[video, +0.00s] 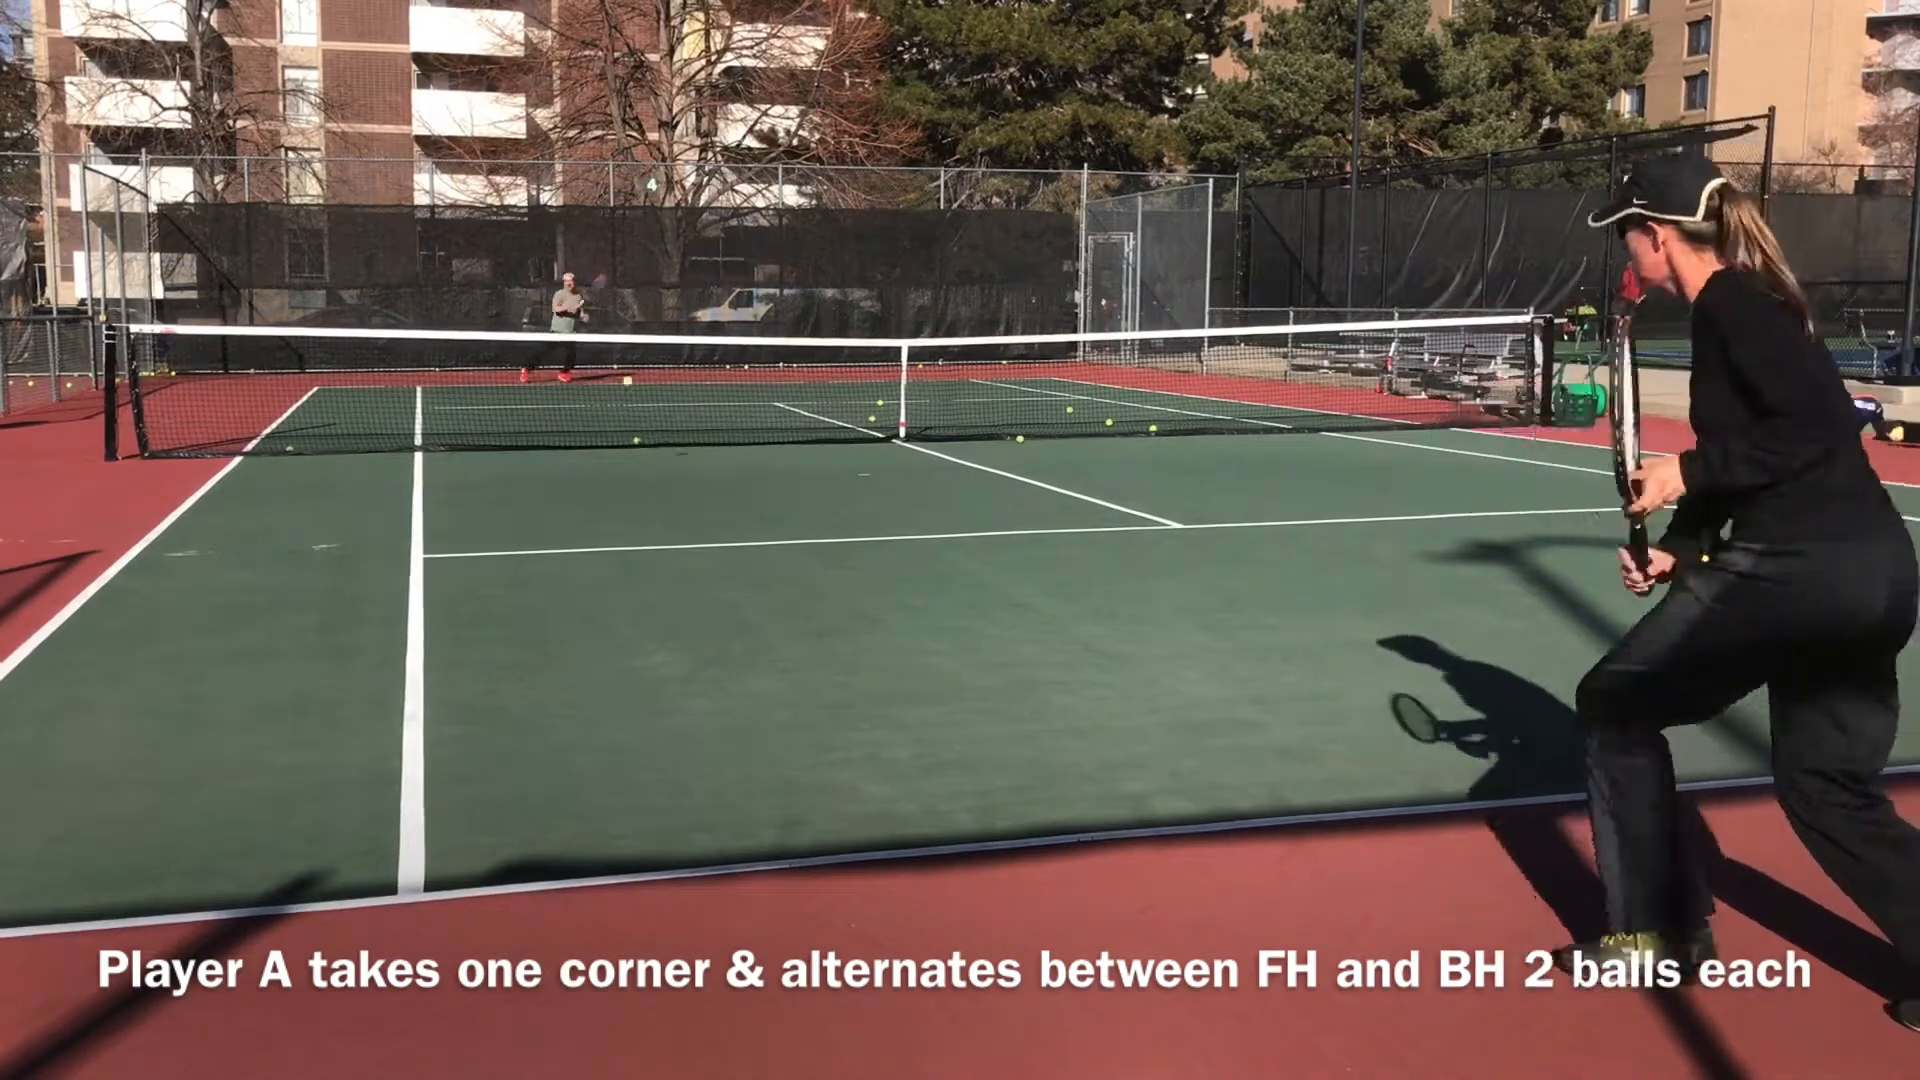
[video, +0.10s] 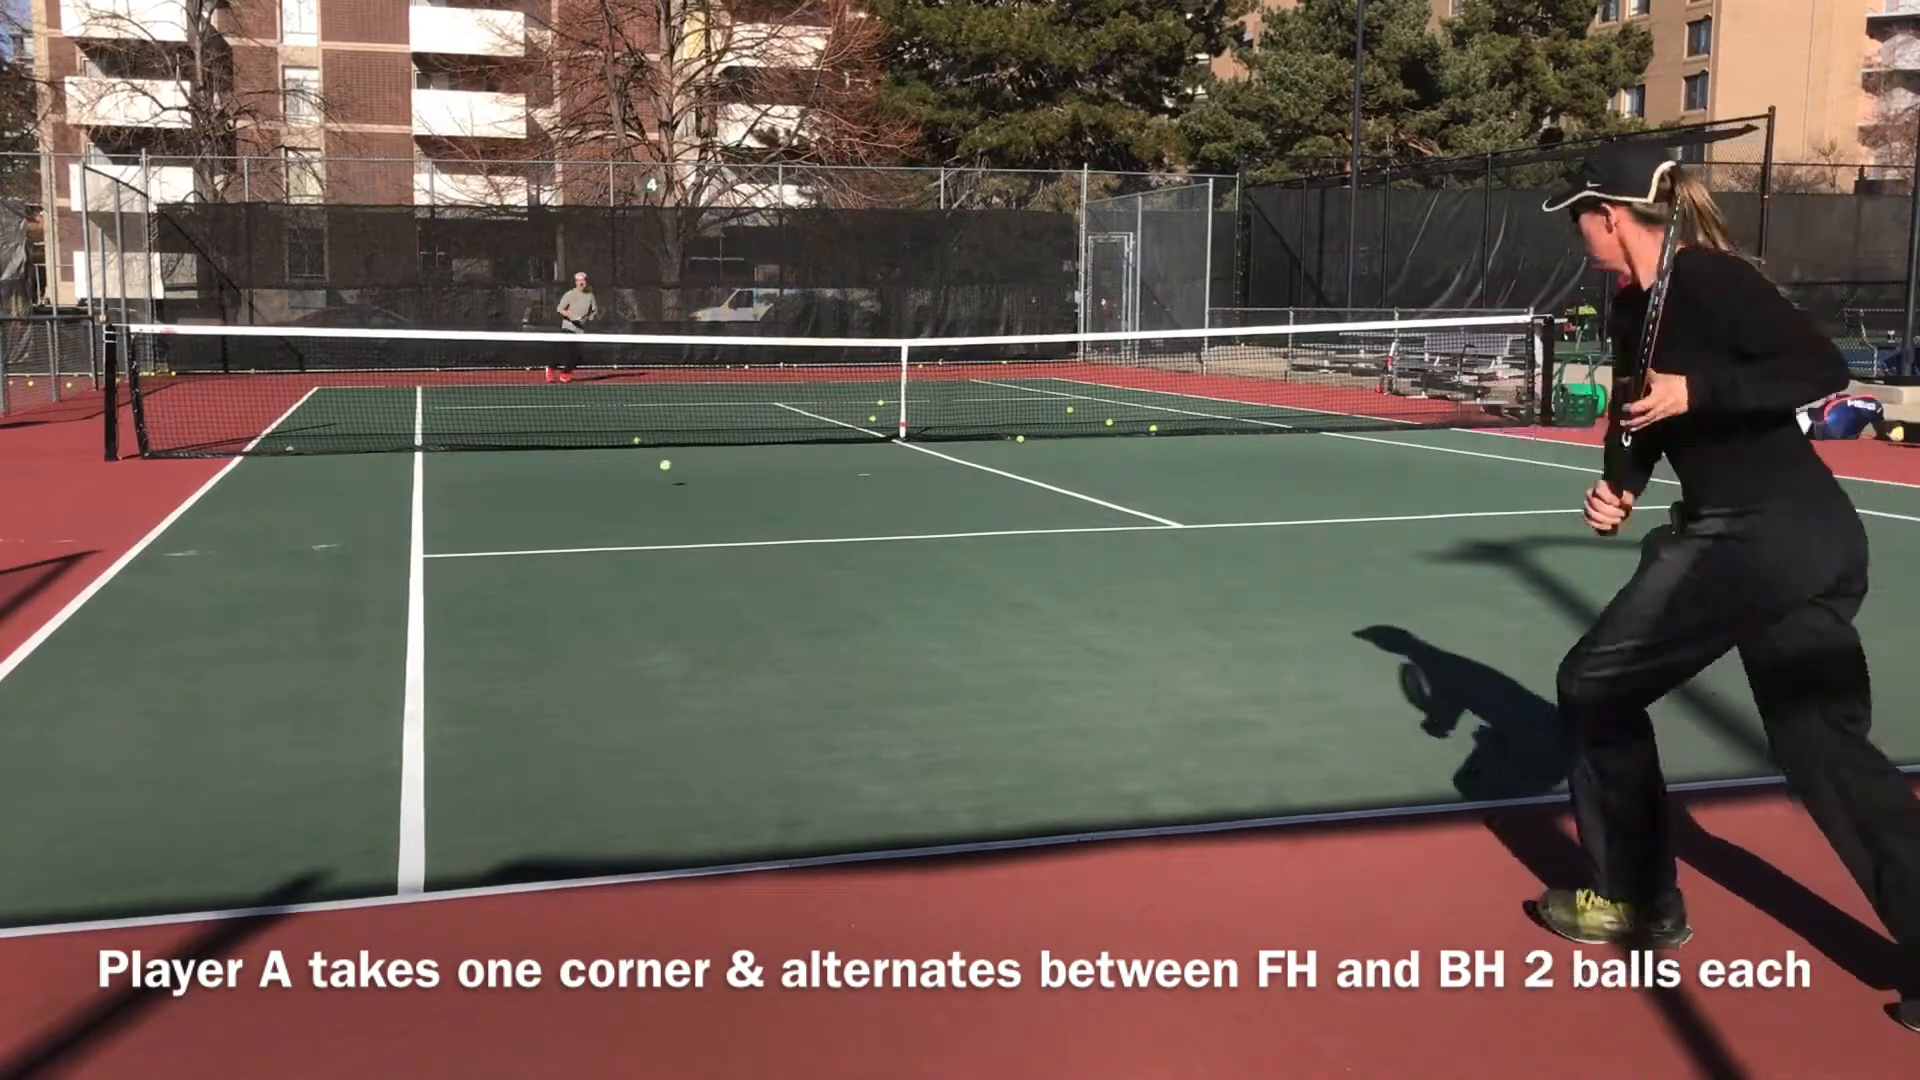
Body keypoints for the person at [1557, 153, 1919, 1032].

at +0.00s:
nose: (1630, 262)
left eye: (1631, 242)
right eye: (1628, 244)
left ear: (1664, 236)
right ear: (1696, 233)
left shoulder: (1731, 306)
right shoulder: (1750, 305)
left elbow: (1820, 426)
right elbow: (1758, 464)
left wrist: (1689, 470)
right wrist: (1681, 554)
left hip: (1795, 568)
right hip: (1864, 574)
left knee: (1614, 703)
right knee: (1828, 790)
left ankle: (1653, 938)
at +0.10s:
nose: (1580, 237)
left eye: (1584, 220)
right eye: (1579, 221)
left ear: (1619, 217)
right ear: (1623, 217)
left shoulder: (1709, 276)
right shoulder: (1637, 305)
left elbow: (1821, 363)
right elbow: (1642, 408)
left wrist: (1697, 391)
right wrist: (1622, 479)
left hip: (1756, 529)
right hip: (1806, 530)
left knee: (1596, 686)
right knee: (1828, 752)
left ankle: (1637, 898)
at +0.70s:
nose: (1300, 322)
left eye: (1308, 307)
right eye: (1297, 313)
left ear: (1338, 303)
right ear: (1324, 317)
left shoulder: (1383, 324)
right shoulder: (1343, 353)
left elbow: (1451, 337)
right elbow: (1326, 380)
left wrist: (1386, 280)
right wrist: (1301, 354)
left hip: (1468, 499)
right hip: (1431, 504)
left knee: (1464, 655)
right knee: (1350, 575)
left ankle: (1537, 806)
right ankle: (1349, 711)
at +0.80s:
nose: (1265, 348)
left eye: (1267, 335)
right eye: (1261, 338)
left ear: (1298, 324)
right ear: (1296, 326)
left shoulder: (1354, 342)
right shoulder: (1323, 359)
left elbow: (1376, 407)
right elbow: (1287, 423)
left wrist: (1318, 416)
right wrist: (1249, 463)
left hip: (1448, 499)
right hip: (1416, 501)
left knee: (1433, 654)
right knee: (1334, 566)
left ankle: (1515, 787)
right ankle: (1344, 708)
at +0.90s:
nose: (1251, 360)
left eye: (1249, 346)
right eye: (1245, 350)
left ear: (1275, 331)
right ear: (1279, 333)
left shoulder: (1327, 340)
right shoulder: (1324, 363)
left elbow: (1353, 407)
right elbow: (1302, 458)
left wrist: (1316, 477)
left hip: (1437, 481)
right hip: (1420, 482)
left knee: (1411, 642)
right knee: (1336, 562)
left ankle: (1519, 751)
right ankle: (1345, 710)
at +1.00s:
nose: (1246, 341)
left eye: (1245, 329)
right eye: (1241, 333)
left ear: (1271, 314)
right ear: (1275, 315)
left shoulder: (1314, 325)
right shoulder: (1328, 329)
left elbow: (1358, 383)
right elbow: (1378, 399)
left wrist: (1341, 443)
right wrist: (1365, 469)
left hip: (1428, 463)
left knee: (1390, 620)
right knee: (1341, 561)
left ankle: (1521, 709)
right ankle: (1347, 707)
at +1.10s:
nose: (1257, 298)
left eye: (1259, 286)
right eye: (1253, 288)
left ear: (1282, 279)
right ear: (1295, 276)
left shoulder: (1319, 298)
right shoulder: (1364, 303)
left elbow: (1350, 338)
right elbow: (1453, 332)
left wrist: (1347, 381)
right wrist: (1468, 329)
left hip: (1423, 440)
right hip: (1450, 434)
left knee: (1383, 596)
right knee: (1342, 563)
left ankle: (1503, 686)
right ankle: (1345, 705)